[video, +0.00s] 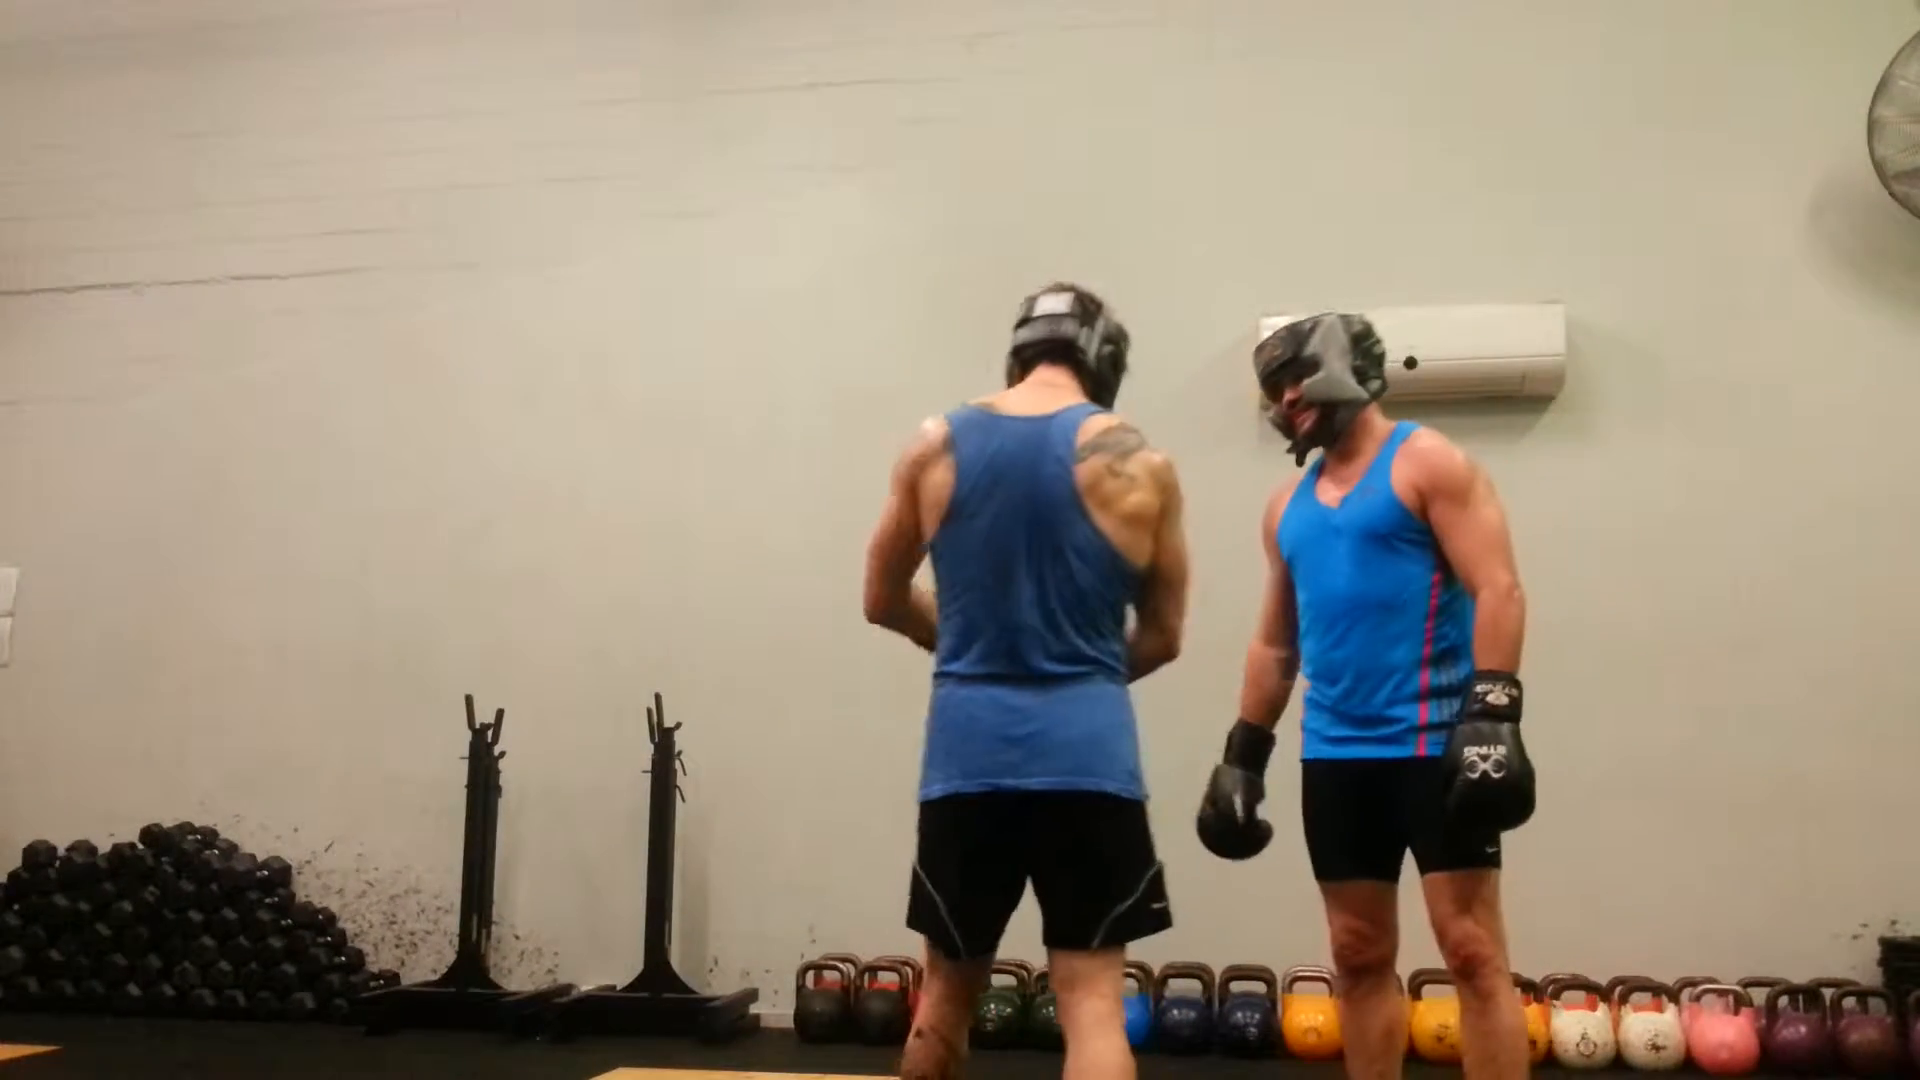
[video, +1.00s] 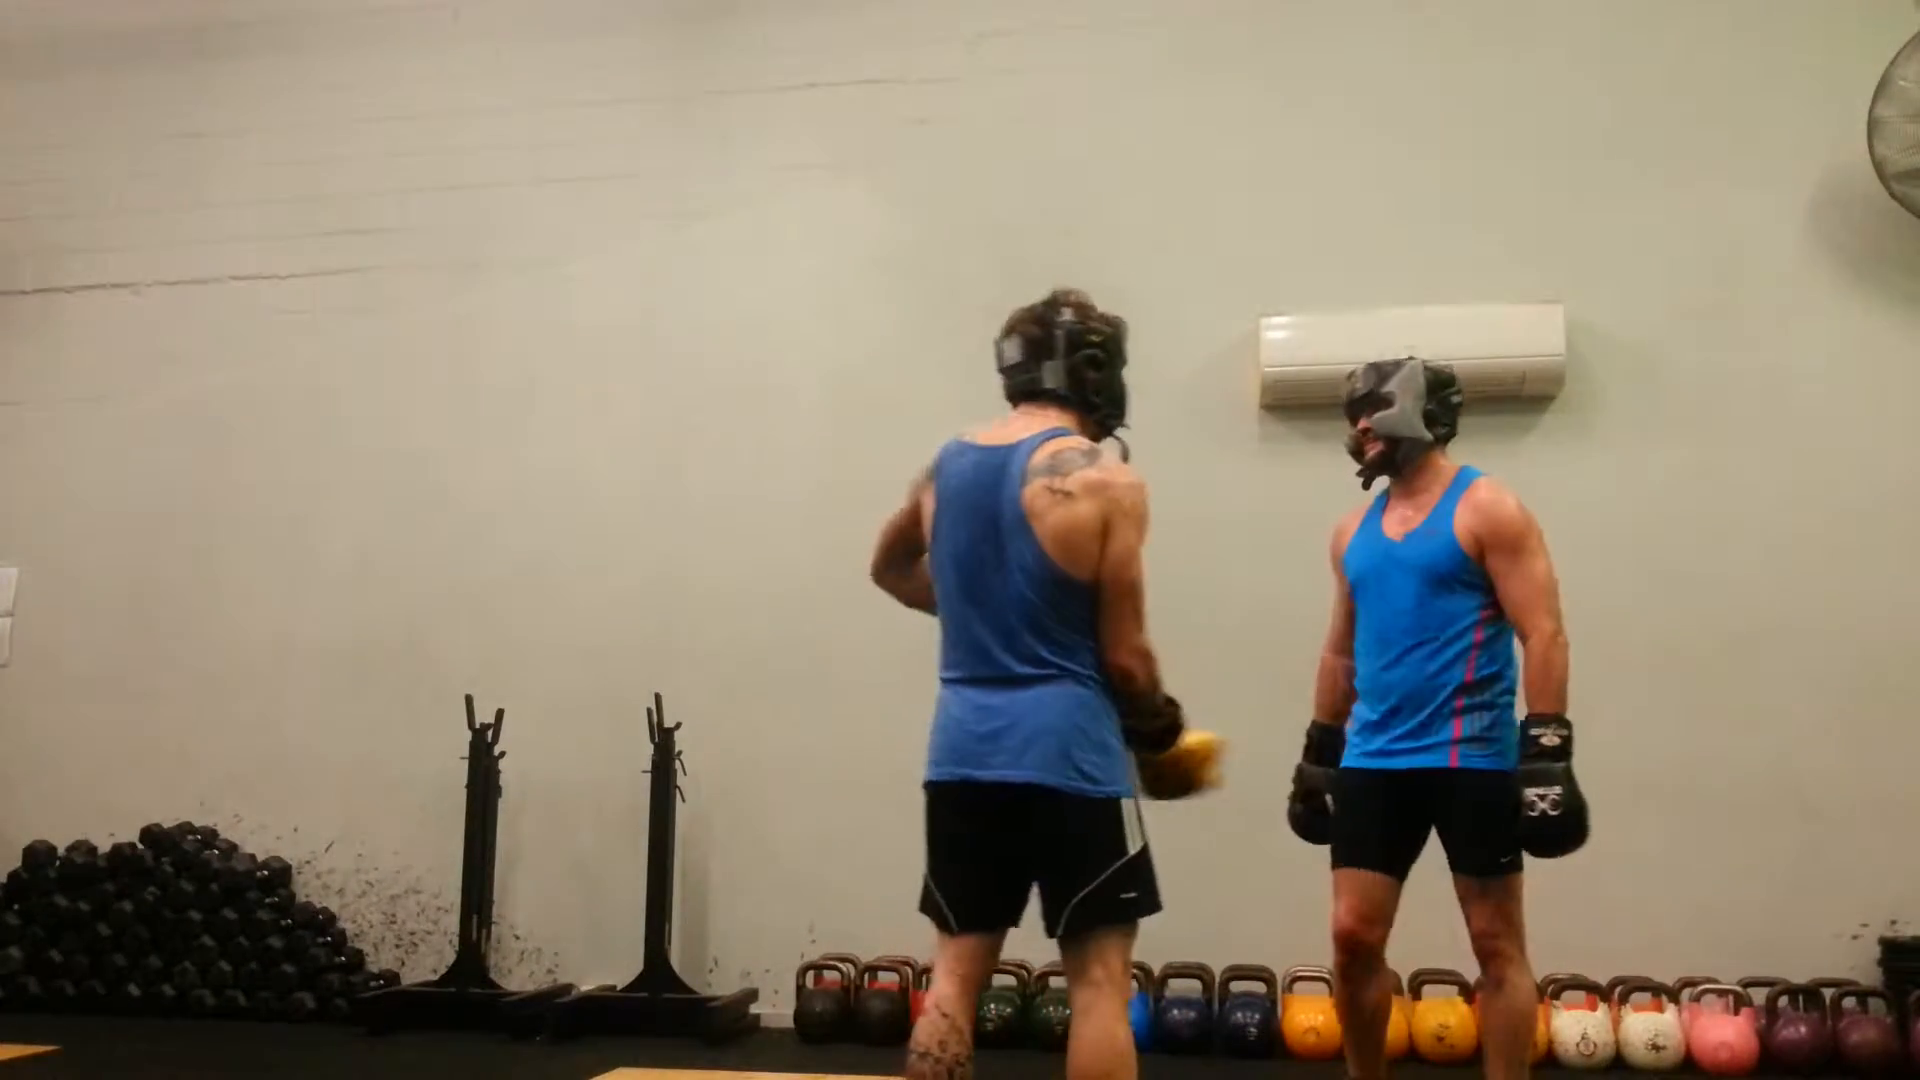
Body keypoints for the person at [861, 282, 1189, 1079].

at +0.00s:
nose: (1116, 372)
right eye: (1116, 361)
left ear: (1015, 356)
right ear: (1105, 359)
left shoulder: (936, 446)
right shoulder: (1140, 464)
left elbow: (885, 598)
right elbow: (1161, 640)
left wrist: (971, 643)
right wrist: (1080, 666)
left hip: (968, 768)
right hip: (1089, 770)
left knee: (941, 1009)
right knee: (1093, 1005)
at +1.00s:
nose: (1119, 376)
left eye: (1112, 361)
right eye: (1113, 363)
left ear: (1014, 372)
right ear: (1100, 373)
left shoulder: (952, 462)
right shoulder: (1111, 483)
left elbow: (891, 566)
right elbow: (1124, 657)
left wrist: (980, 608)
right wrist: (1161, 743)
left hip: (962, 758)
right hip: (1072, 764)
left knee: (955, 973)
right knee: (1100, 986)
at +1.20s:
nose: (1162, 372)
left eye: (1157, 358)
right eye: (1156, 359)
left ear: (1058, 370)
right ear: (1140, 370)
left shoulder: (998, 462)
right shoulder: (1157, 483)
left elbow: (924, 563)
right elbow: (1172, 656)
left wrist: (1011, 610)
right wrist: (1204, 734)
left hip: (1004, 760)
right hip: (1110, 765)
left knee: (987, 973)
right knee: (1118, 984)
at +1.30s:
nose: (1181, 380)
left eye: (1178, 366)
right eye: (1177, 366)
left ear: (1080, 372)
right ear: (1161, 373)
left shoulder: (1020, 459)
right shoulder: (1181, 482)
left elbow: (941, 554)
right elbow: (1201, 655)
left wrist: (1030, 591)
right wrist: (1216, 739)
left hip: (1026, 757)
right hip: (1131, 763)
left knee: (1005, 963)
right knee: (1129, 987)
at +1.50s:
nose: (1213, 402)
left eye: (1213, 392)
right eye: (1212, 390)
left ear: (1117, 380)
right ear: (1196, 384)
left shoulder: (1046, 452)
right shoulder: (1213, 485)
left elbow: (971, 536)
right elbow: (1233, 649)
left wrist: (1059, 568)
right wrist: (1216, 727)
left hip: (1050, 751)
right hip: (1153, 758)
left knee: (1054, 946)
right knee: (1142, 979)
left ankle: (1011, 1076)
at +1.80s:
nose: (1236, 417)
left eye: (1238, 405)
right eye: (1235, 403)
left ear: (1142, 392)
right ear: (1216, 398)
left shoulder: (1070, 460)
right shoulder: (1226, 487)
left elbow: (1012, 540)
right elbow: (1259, 642)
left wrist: (1098, 574)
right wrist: (1207, 708)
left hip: (1069, 759)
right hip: (1165, 763)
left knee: (1107, 981)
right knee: (1149, 987)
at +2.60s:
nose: (1314, 409)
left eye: (1310, 397)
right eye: (1309, 396)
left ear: (1218, 395)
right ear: (1294, 399)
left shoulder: (1165, 477)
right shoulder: (1300, 478)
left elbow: (1201, 613)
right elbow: (1348, 620)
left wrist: (1301, 646)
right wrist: (1258, 637)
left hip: (1172, 757)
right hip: (1272, 759)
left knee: (1175, 963)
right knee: (1318, 973)